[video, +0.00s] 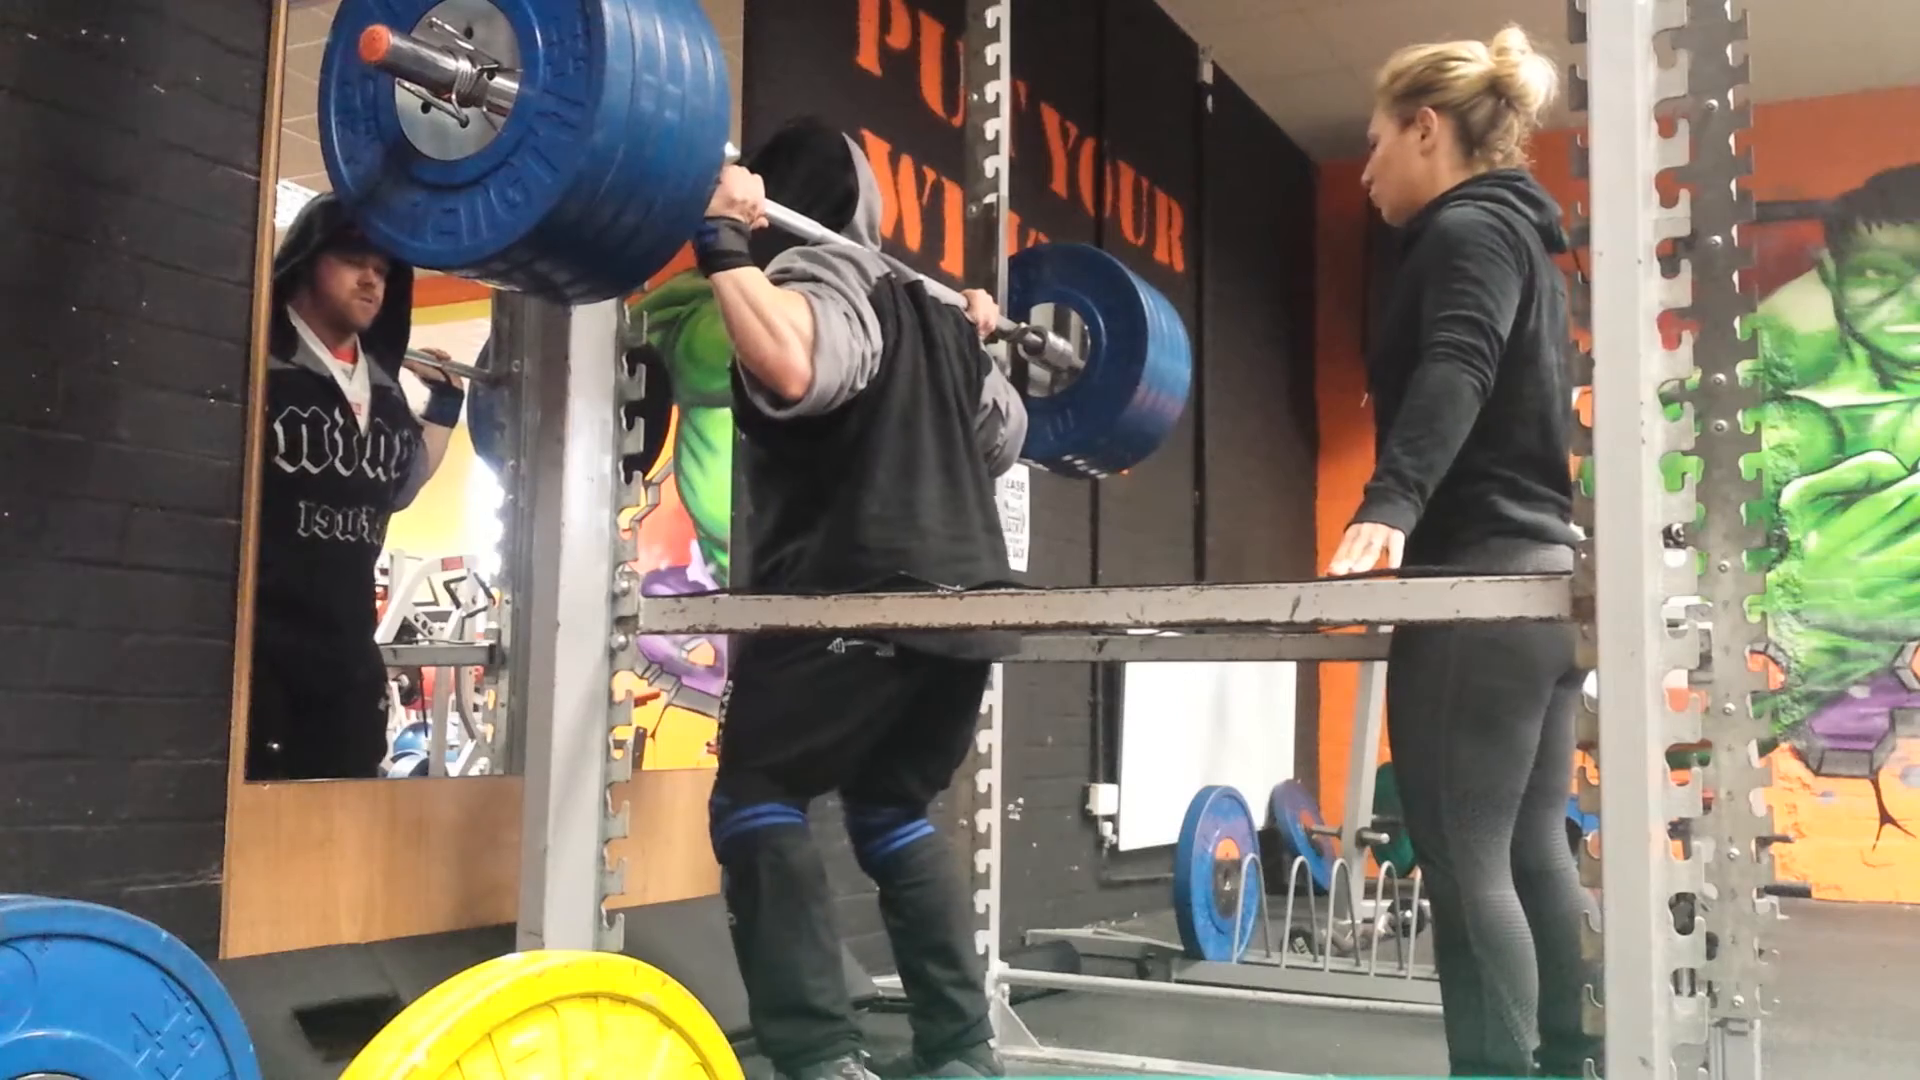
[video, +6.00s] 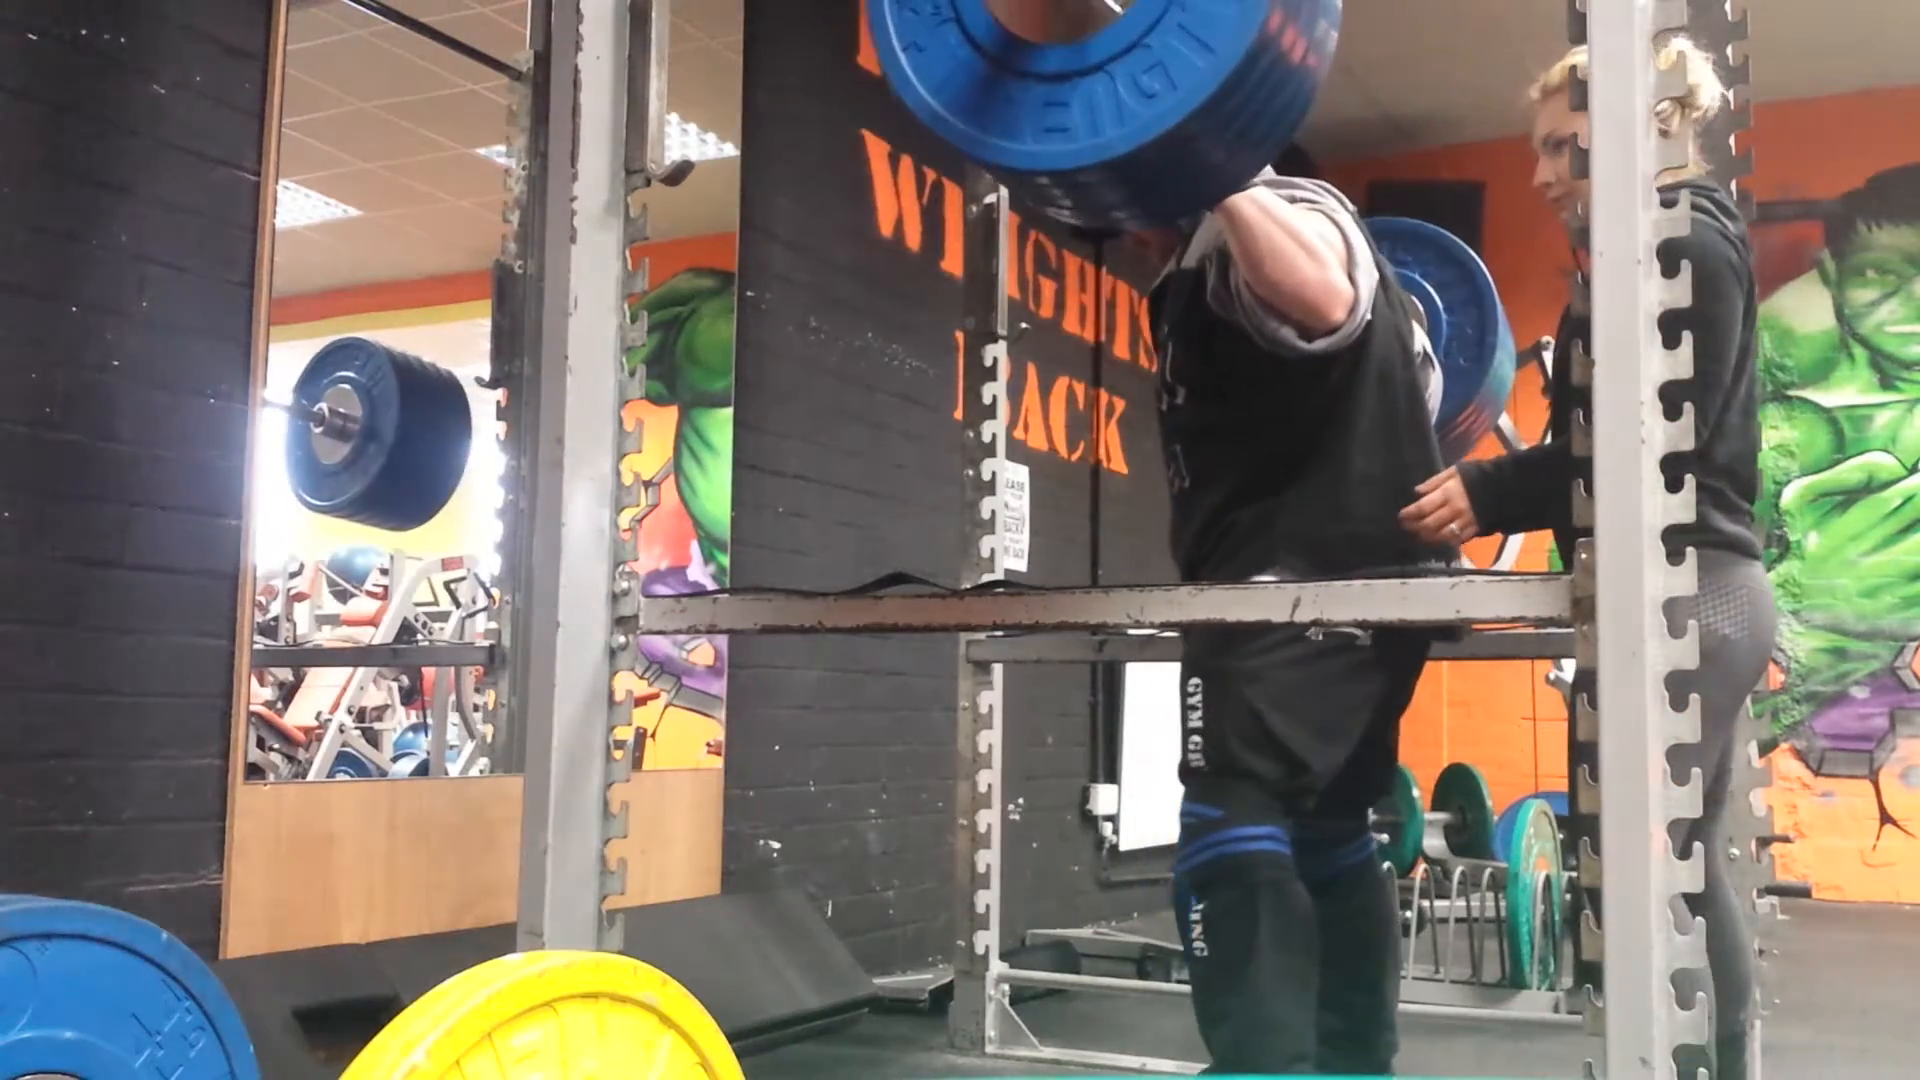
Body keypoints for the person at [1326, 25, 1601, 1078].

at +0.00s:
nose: (1366, 170)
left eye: (1375, 143)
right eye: (1368, 146)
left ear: (1430, 132)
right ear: (1445, 134)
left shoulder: (1469, 225)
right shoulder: (1515, 225)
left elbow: (1457, 363)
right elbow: (1524, 411)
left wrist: (1386, 511)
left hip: (1479, 582)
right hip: (1535, 580)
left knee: (1467, 863)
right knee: (1536, 845)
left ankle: (1494, 1073)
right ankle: (1569, 1065)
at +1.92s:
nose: (1355, 167)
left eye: (1368, 142)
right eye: (1356, 145)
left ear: (1433, 133)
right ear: (1440, 136)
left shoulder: (1466, 227)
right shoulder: (1509, 226)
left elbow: (1455, 361)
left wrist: (1386, 510)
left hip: (1483, 573)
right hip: (1539, 572)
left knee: (1464, 861)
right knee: (1534, 846)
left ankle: (1496, 1071)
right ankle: (1570, 1064)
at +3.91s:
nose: (1479, 167)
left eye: (1489, 140)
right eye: (1479, 146)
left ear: (1551, 128)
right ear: (1556, 133)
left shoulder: (1571, 257)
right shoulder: (1597, 246)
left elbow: (1546, 437)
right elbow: (1558, 448)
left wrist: (1416, 528)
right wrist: (1454, 546)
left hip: (1585, 585)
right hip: (1605, 578)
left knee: (1578, 827)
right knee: (1594, 825)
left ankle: (1613, 1047)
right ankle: (1637, 1042)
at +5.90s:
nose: (1544, 179)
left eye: (1562, 148)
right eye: (1537, 155)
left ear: (1626, 135)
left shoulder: (1669, 242)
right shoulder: (1661, 238)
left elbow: (1650, 436)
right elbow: (1611, 434)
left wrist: (1499, 490)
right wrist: (1493, 486)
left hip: (1682, 588)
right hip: (1695, 580)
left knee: (1655, 853)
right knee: (1694, 852)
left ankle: (1674, 1059)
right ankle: (1713, 1056)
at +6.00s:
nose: (1545, 176)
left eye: (1563, 147)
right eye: (1539, 151)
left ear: (1628, 134)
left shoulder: (1674, 239)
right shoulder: (1660, 236)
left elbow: (1651, 435)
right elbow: (1608, 433)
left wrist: (1499, 492)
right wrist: (1491, 488)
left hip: (1685, 587)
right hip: (1690, 581)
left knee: (1660, 853)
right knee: (1694, 853)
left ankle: (1688, 1061)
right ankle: (1718, 1058)